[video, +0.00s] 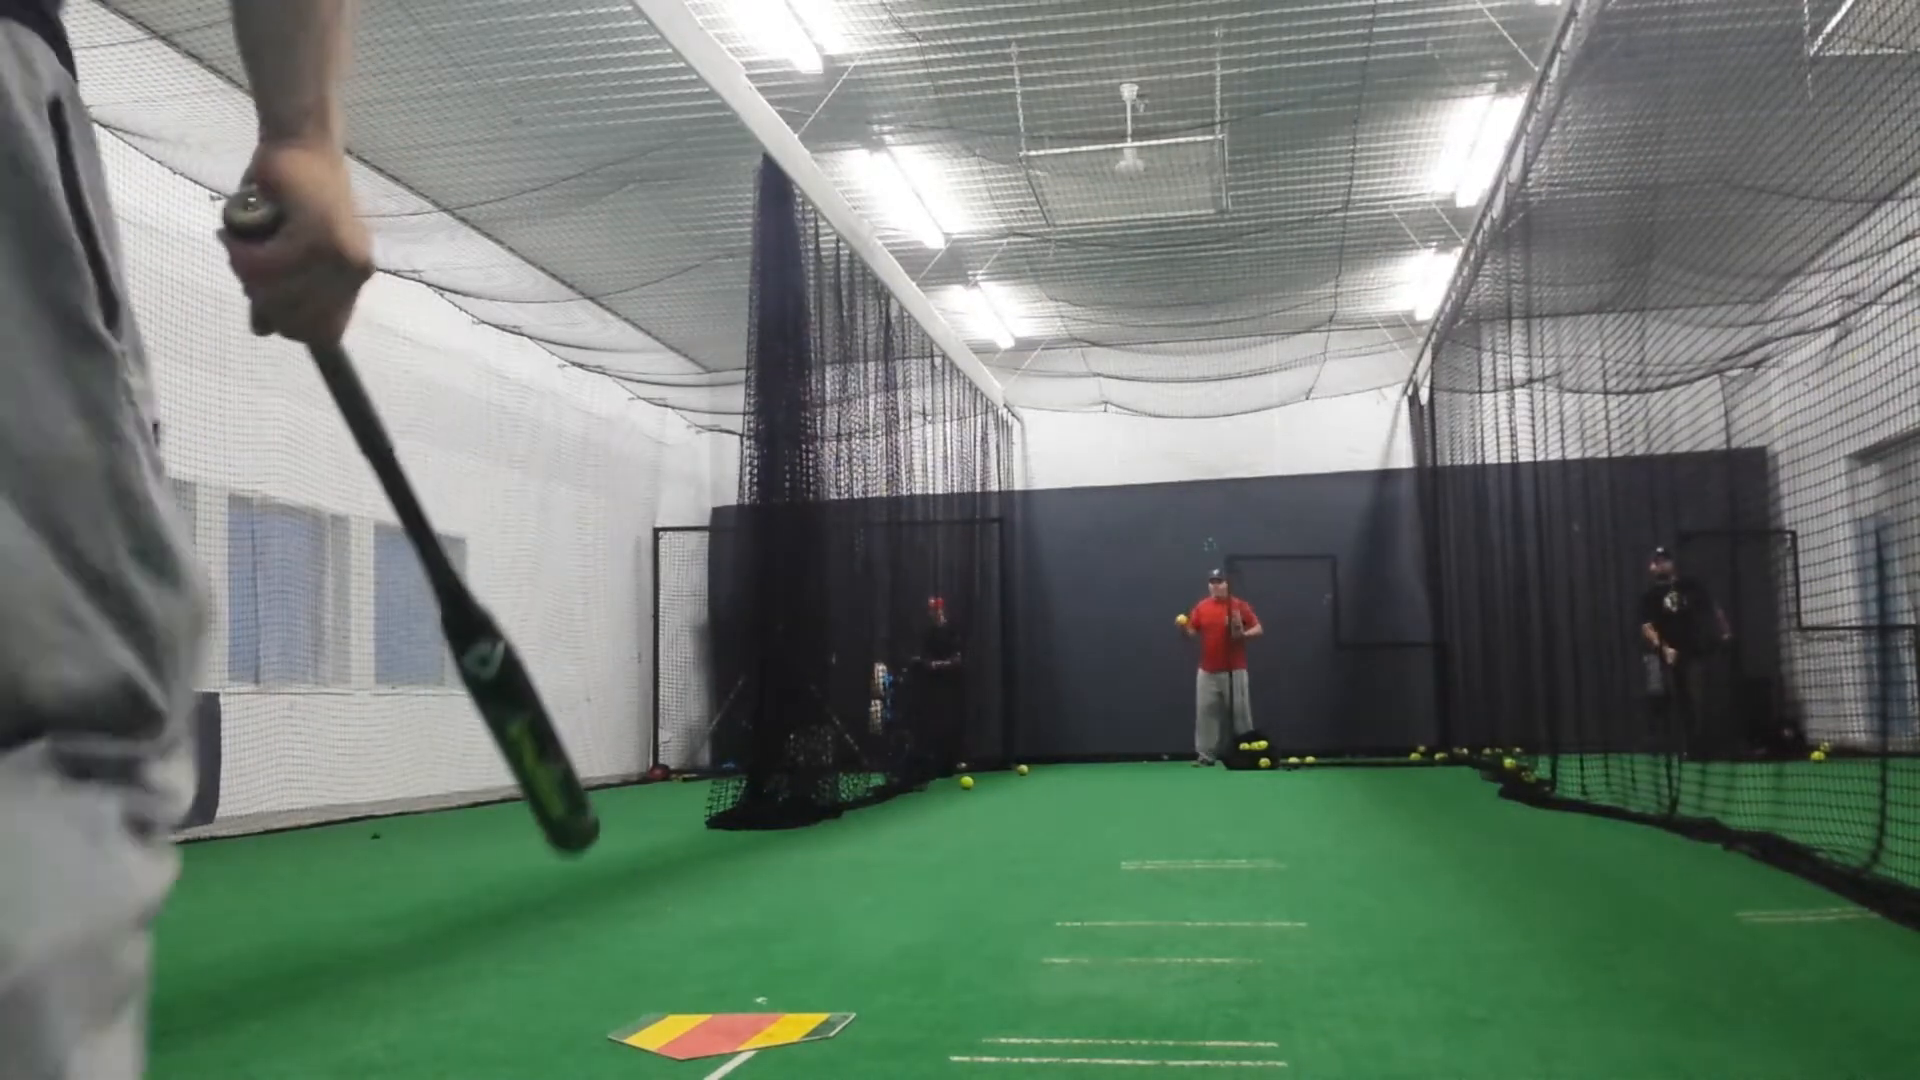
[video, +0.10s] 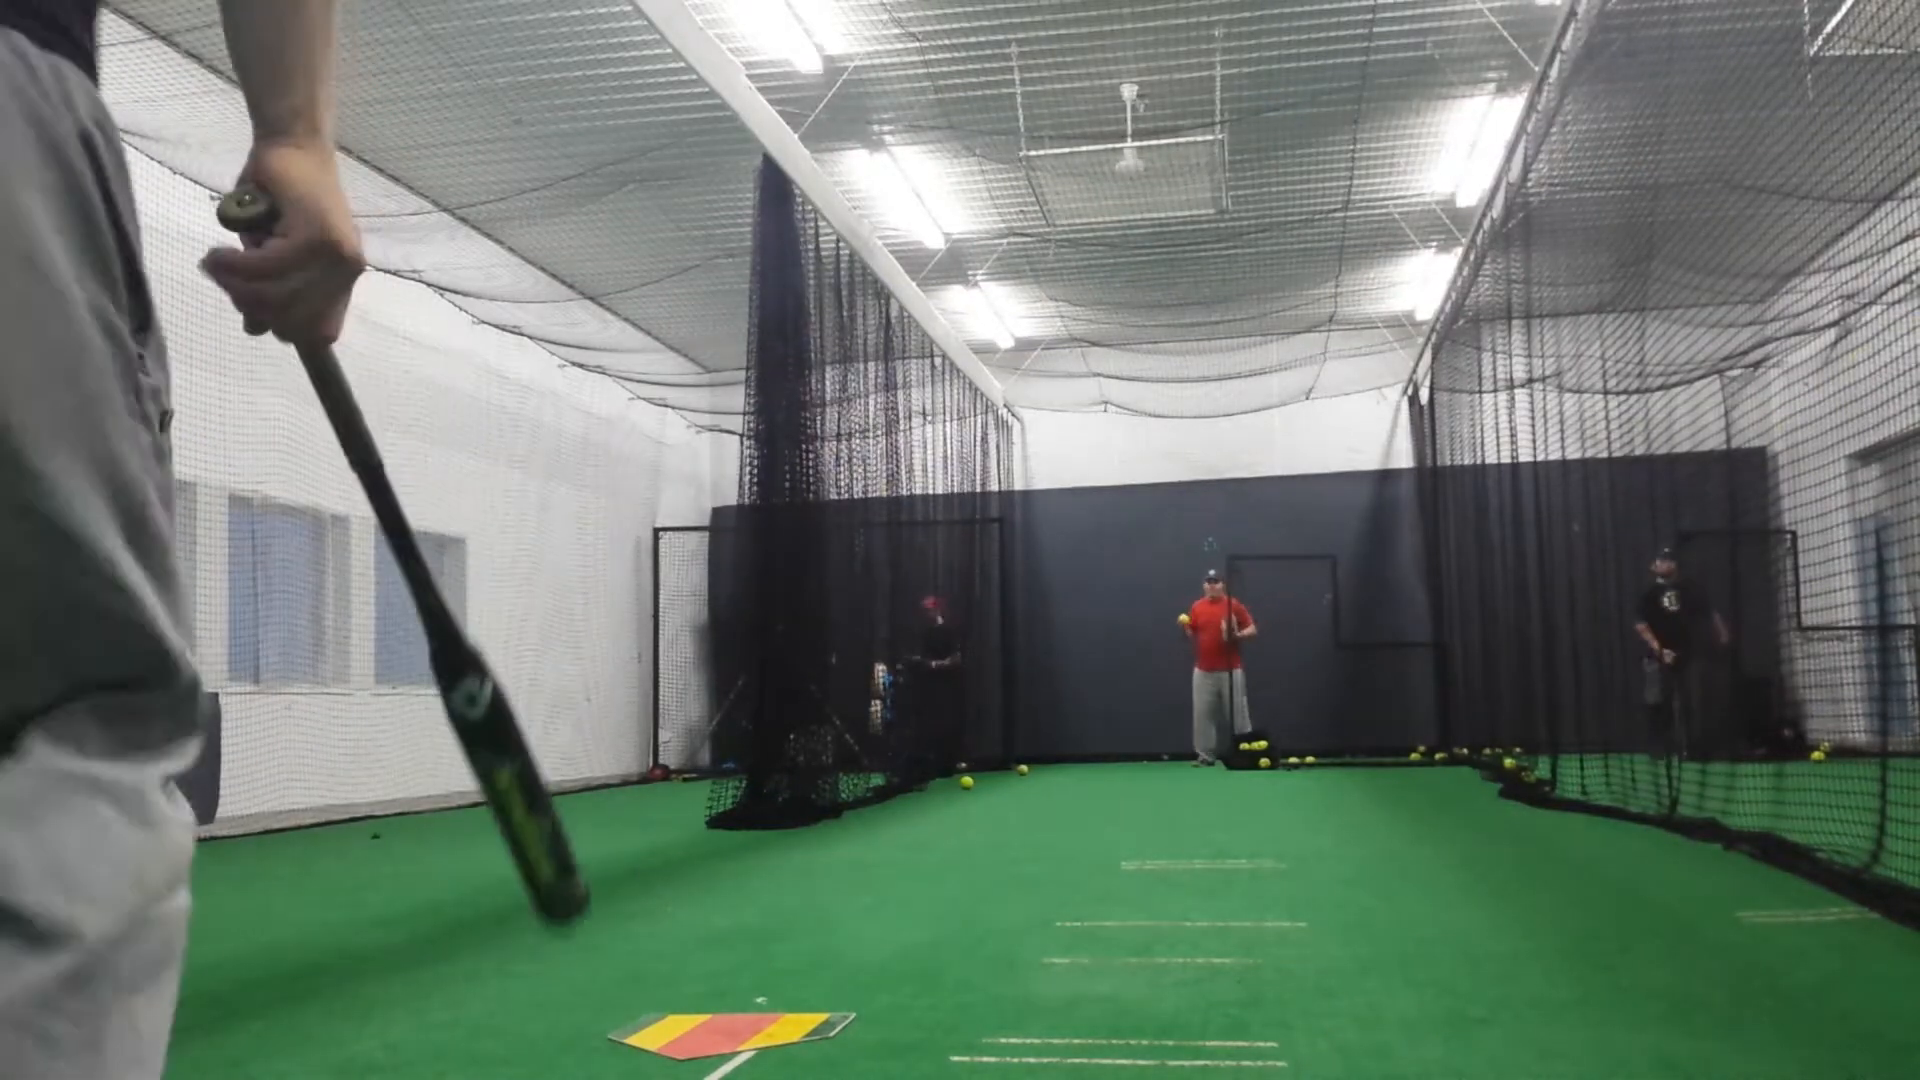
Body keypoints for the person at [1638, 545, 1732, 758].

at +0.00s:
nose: (1661, 568)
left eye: (1664, 562)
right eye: (1656, 563)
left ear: (1673, 564)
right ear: (1651, 568)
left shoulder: (1692, 586)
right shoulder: (1651, 595)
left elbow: (1713, 608)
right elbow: (1647, 626)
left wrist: (1724, 630)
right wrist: (1663, 648)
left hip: (1698, 647)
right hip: (1671, 652)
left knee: (1699, 696)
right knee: (1672, 697)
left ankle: (1701, 743)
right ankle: (1676, 744)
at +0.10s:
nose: (1664, 568)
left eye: (1669, 563)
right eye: (1660, 563)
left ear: (1676, 565)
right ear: (1654, 566)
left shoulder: (1690, 589)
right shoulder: (1650, 593)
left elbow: (1710, 611)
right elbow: (1640, 625)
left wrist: (1722, 633)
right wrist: (1660, 650)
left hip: (1690, 651)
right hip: (1664, 654)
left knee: (1690, 699)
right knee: (1661, 701)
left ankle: (1692, 746)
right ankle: (1662, 746)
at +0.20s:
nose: (1668, 570)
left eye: (1671, 565)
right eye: (1664, 565)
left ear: (1678, 568)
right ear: (1656, 568)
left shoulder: (1689, 593)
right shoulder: (1649, 595)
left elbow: (1708, 620)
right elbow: (1634, 626)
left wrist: (1723, 644)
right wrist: (1651, 650)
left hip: (1687, 654)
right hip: (1661, 657)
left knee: (1689, 701)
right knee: (1658, 701)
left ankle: (1692, 747)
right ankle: (1660, 747)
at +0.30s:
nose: (1669, 570)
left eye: (1672, 565)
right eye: (1665, 565)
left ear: (1678, 569)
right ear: (1657, 568)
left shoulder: (1687, 594)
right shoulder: (1646, 594)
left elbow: (1705, 623)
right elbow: (1630, 623)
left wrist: (1721, 648)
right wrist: (1639, 650)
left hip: (1684, 654)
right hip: (1656, 655)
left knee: (1687, 699)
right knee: (1657, 699)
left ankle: (1690, 745)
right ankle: (1660, 745)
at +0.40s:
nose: (1670, 571)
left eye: (1674, 567)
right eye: (1667, 567)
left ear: (1679, 570)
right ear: (1660, 568)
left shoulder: (1687, 593)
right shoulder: (1645, 592)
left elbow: (1705, 623)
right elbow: (1627, 616)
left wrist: (1720, 649)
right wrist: (1628, 644)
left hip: (1682, 652)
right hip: (1652, 652)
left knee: (1685, 697)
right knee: (1657, 698)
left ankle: (1687, 743)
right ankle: (1658, 745)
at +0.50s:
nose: (1674, 569)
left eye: (1678, 565)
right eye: (1670, 564)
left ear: (1683, 568)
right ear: (1664, 566)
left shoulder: (1692, 592)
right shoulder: (1648, 589)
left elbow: (1709, 624)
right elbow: (1625, 612)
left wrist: (1721, 649)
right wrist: (1618, 638)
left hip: (1683, 655)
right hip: (1653, 655)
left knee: (1685, 700)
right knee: (1653, 701)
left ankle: (1685, 746)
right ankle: (1656, 747)